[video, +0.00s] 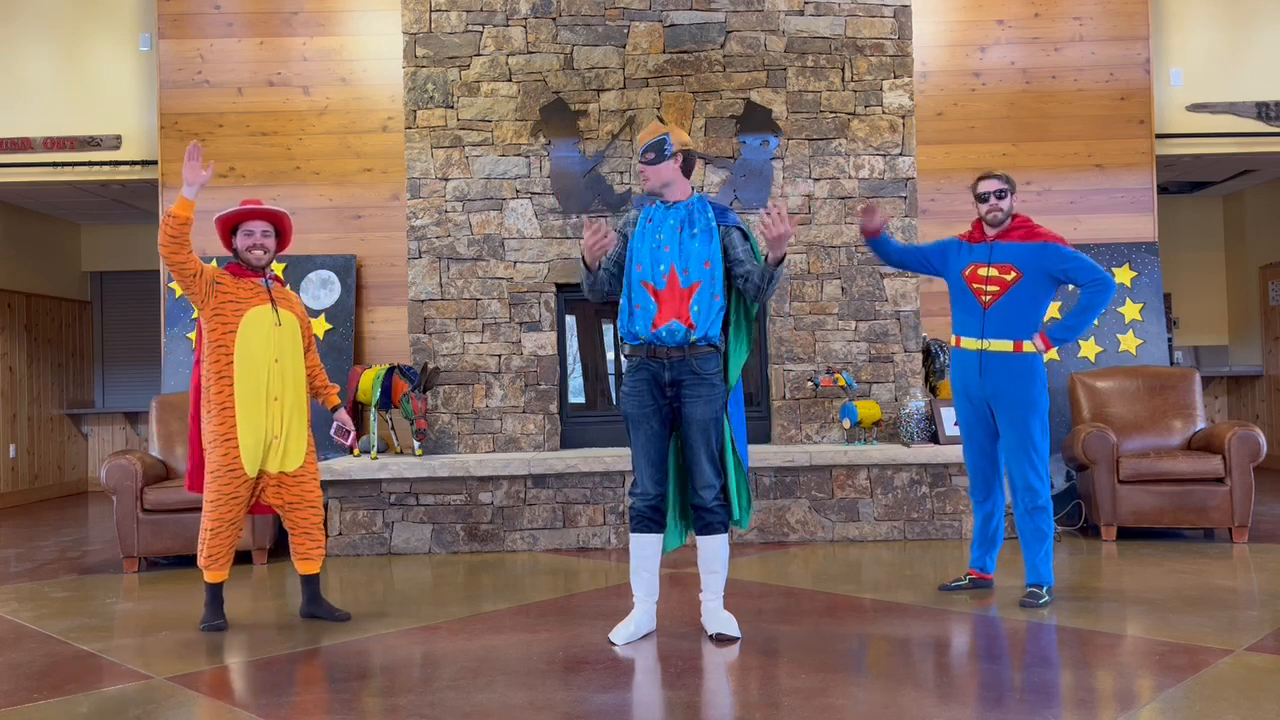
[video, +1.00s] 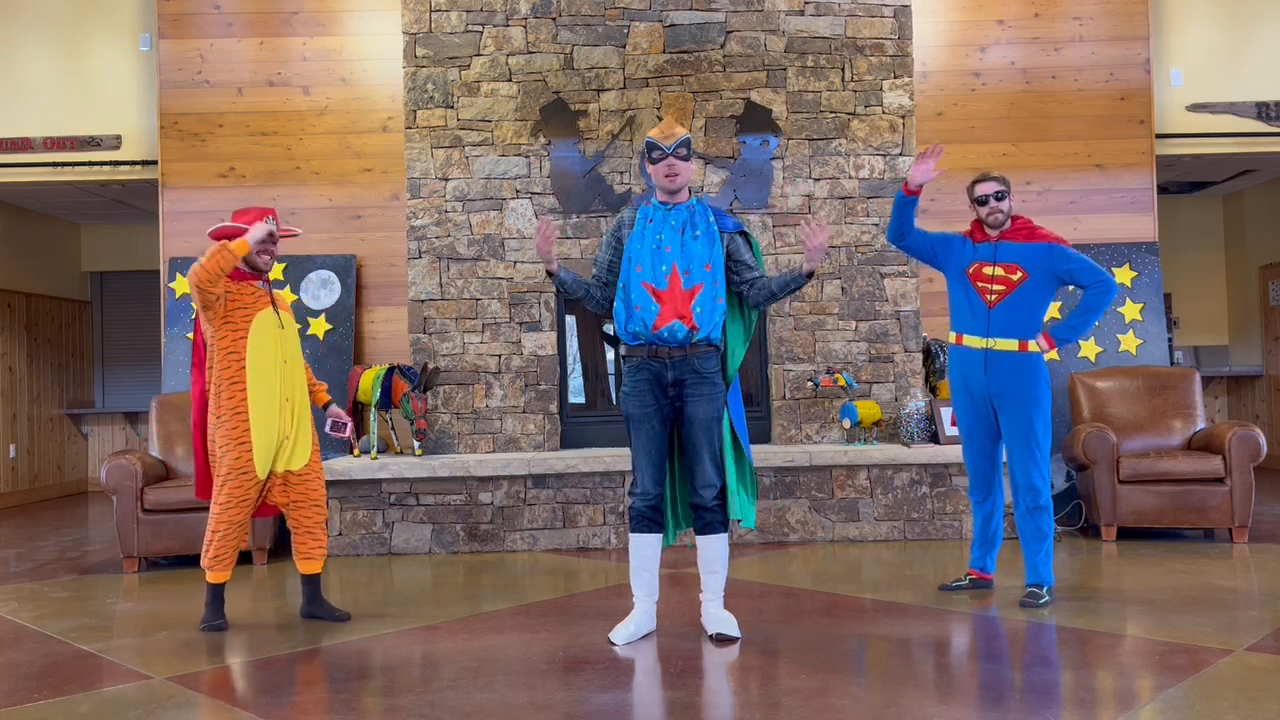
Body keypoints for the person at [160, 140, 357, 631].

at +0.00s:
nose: (257, 240)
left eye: (265, 233)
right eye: (247, 233)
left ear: (277, 243)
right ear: (233, 242)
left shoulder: (291, 299)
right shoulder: (211, 286)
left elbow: (310, 362)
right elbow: (174, 249)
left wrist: (335, 406)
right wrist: (188, 193)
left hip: (287, 422)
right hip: (230, 423)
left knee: (307, 503)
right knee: (222, 510)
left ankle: (312, 598)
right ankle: (214, 604)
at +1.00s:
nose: (271, 251)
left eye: (274, 245)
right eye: (262, 244)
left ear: (276, 248)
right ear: (239, 246)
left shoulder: (279, 300)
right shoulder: (219, 292)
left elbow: (294, 362)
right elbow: (201, 275)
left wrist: (327, 404)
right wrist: (245, 240)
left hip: (289, 418)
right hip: (239, 421)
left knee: (310, 498)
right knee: (231, 506)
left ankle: (313, 599)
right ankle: (214, 605)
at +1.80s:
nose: (259, 242)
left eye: (266, 235)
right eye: (249, 235)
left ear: (277, 244)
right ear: (234, 244)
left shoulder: (297, 300)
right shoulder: (206, 290)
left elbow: (334, 351)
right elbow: (147, 272)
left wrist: (366, 397)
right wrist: (180, 220)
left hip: (292, 424)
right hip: (231, 425)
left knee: (309, 505)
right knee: (223, 511)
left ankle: (313, 599)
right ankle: (214, 606)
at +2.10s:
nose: (250, 241)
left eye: (258, 235)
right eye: (241, 234)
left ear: (269, 244)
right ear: (225, 243)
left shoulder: (287, 298)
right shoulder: (201, 293)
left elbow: (311, 344)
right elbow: (149, 306)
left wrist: (337, 371)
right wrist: (143, 266)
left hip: (281, 421)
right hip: (221, 422)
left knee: (303, 500)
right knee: (217, 505)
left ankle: (313, 596)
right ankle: (212, 605)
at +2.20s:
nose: (249, 240)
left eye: (257, 234)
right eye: (239, 234)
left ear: (269, 242)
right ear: (225, 242)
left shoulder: (288, 298)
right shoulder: (204, 293)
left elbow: (308, 348)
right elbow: (167, 319)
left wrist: (324, 385)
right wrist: (142, 317)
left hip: (281, 420)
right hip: (221, 421)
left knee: (302, 499)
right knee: (217, 503)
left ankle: (317, 597)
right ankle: (211, 605)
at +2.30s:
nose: (251, 240)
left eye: (259, 234)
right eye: (242, 234)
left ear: (270, 242)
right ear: (227, 242)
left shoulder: (292, 297)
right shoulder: (206, 295)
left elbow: (311, 352)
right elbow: (176, 328)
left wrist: (324, 402)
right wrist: (151, 358)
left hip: (284, 420)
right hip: (224, 421)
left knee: (302, 501)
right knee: (220, 504)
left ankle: (319, 598)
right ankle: (212, 604)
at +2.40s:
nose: (256, 240)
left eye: (264, 233)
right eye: (247, 234)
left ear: (275, 242)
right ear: (233, 244)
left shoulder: (302, 297)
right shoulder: (214, 299)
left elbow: (321, 355)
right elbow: (187, 349)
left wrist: (335, 411)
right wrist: (171, 398)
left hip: (293, 423)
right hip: (232, 424)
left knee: (309, 503)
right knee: (224, 507)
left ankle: (320, 599)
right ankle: (213, 603)